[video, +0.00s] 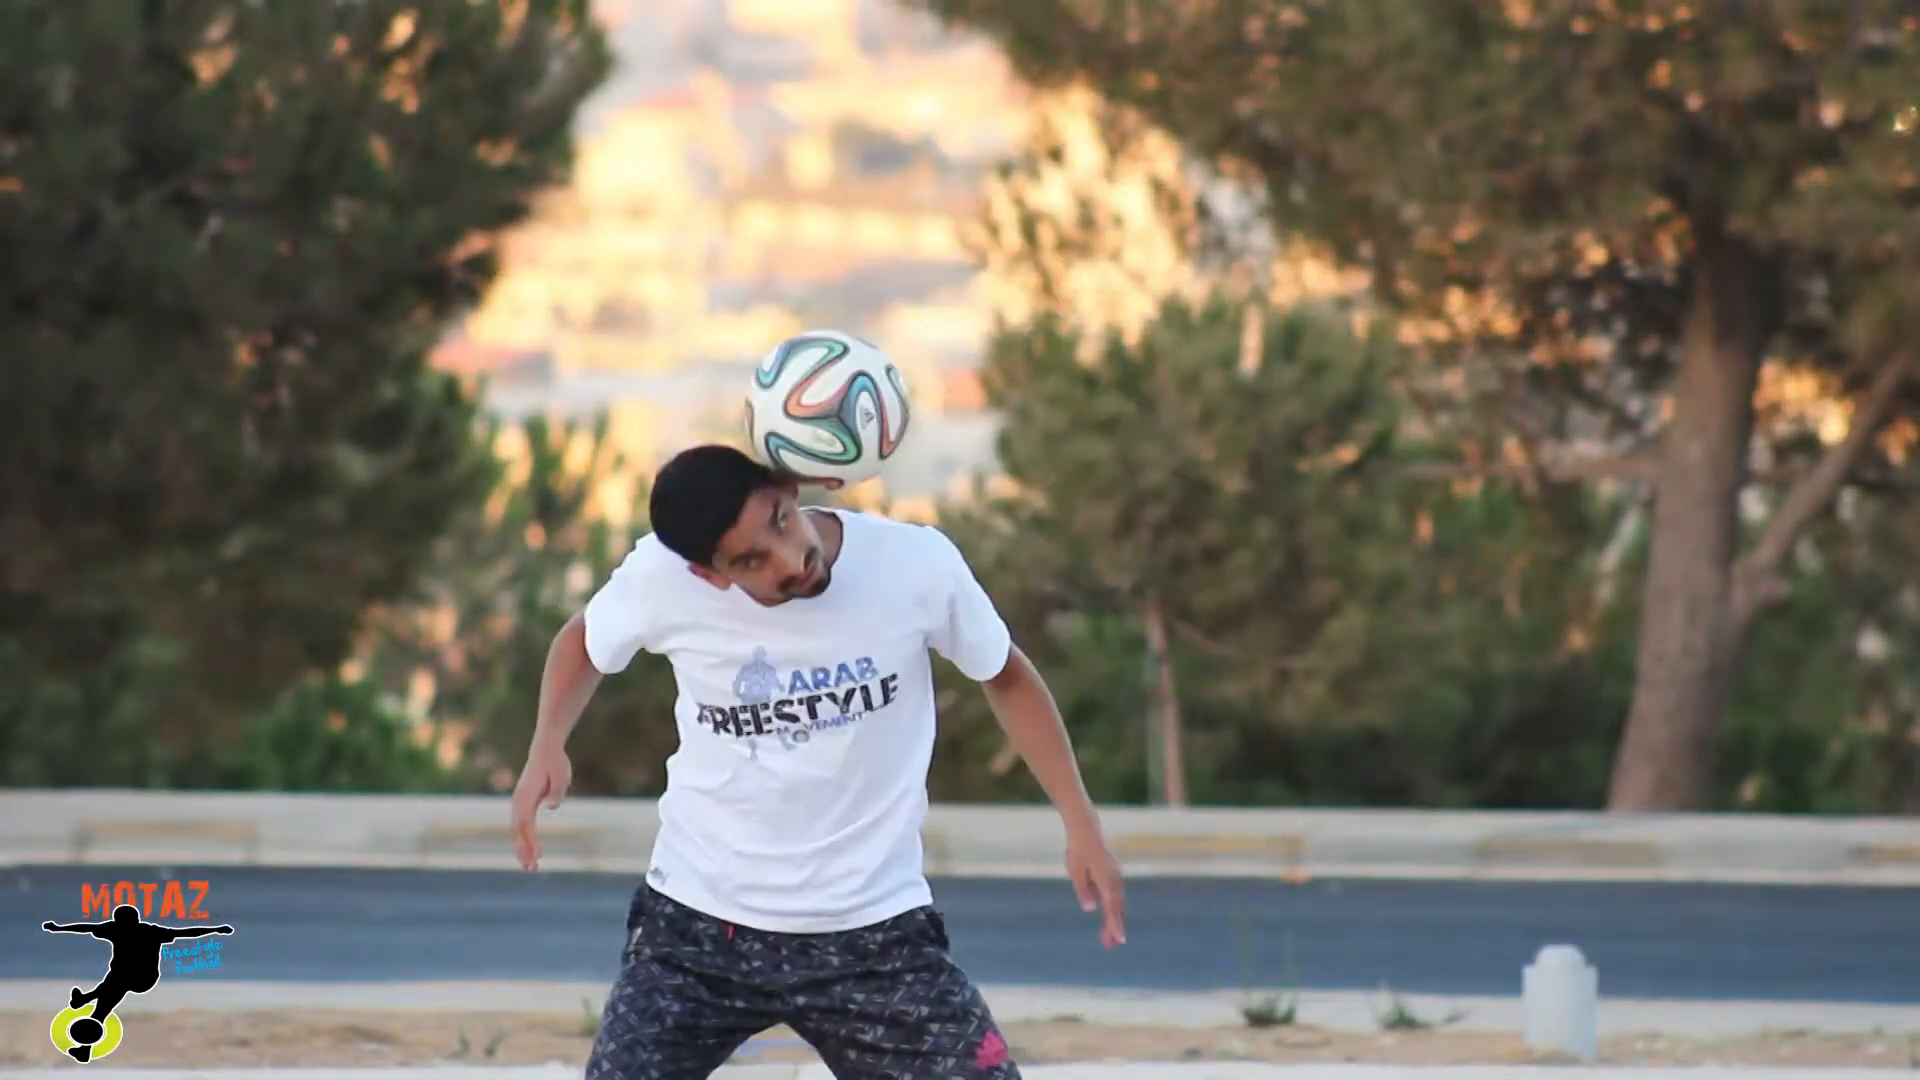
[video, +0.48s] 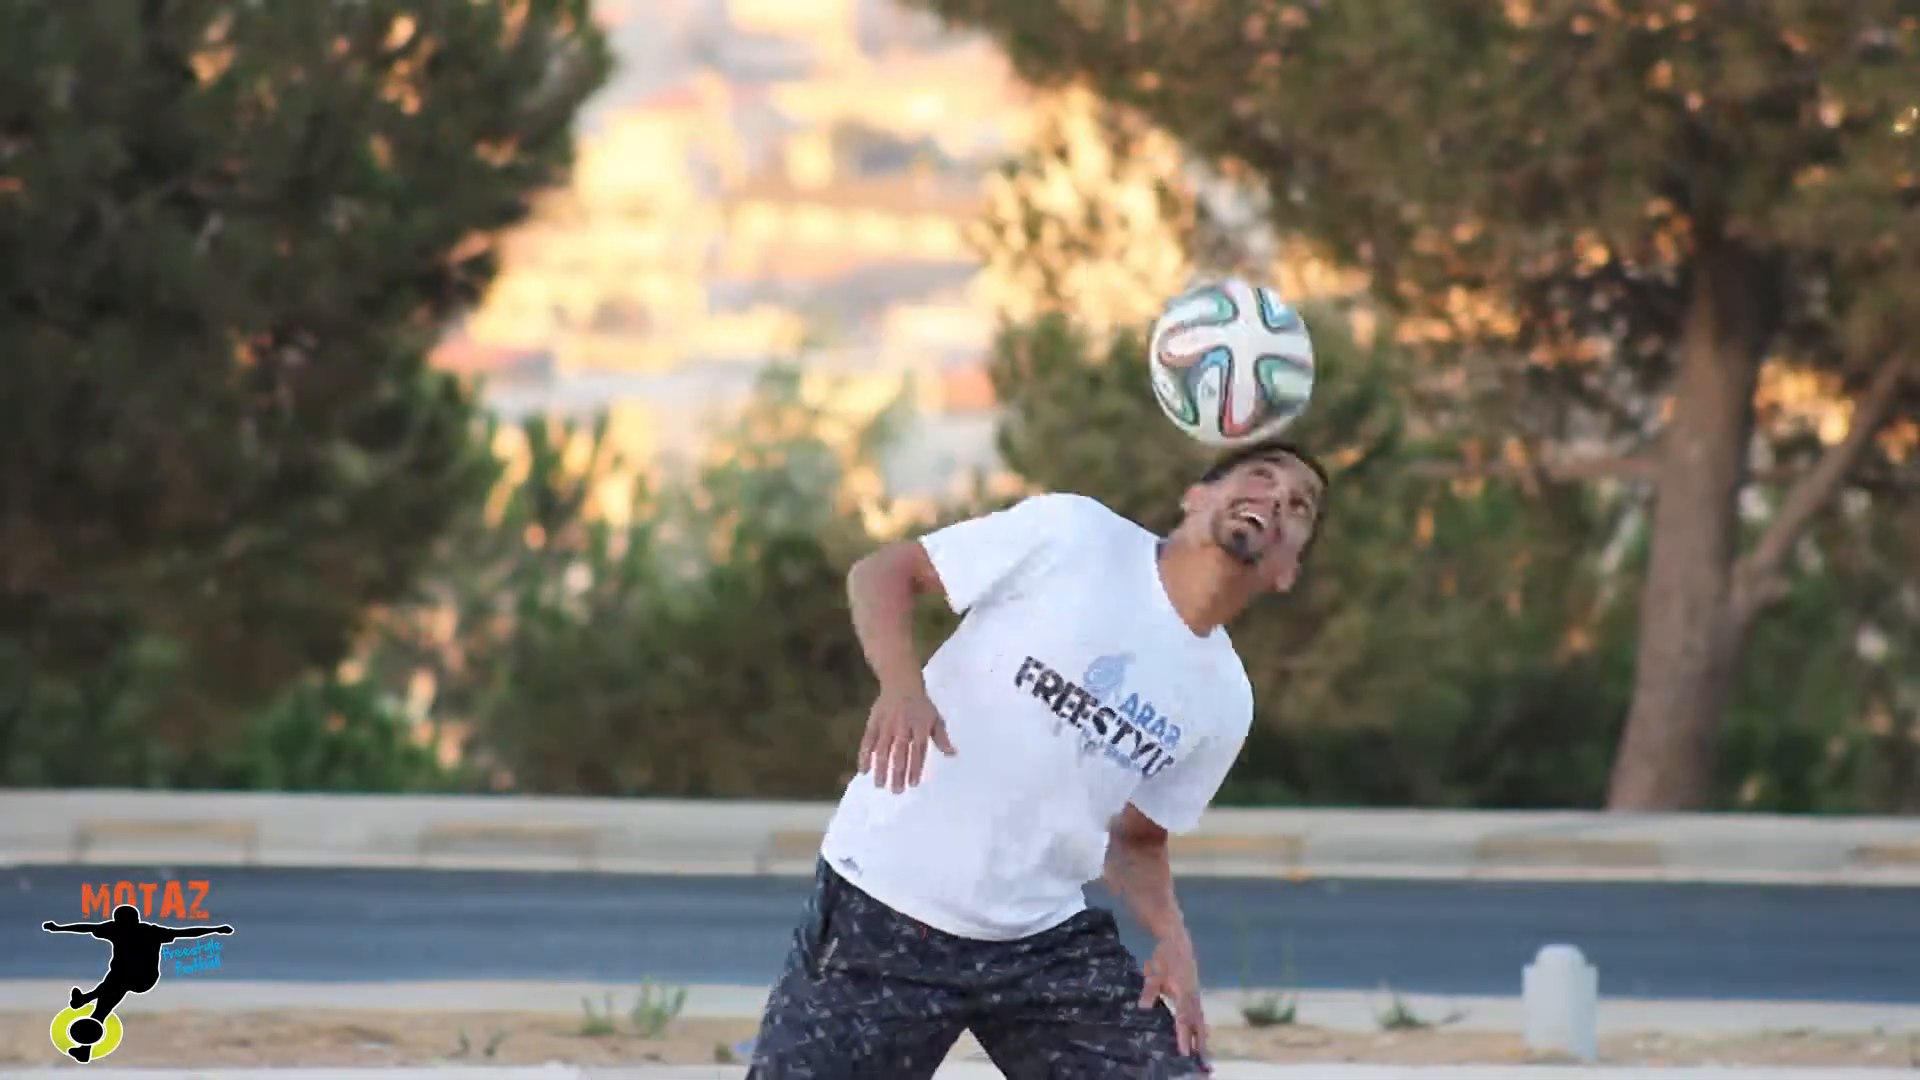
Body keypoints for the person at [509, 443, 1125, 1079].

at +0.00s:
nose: (793, 556)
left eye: (782, 519)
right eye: (755, 560)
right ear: (711, 575)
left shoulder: (922, 568)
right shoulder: (660, 587)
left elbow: (1007, 678)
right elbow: (581, 646)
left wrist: (1081, 821)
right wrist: (548, 744)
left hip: (875, 951)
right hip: (692, 946)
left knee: (987, 1069)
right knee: (617, 1070)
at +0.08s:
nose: (808, 441)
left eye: (804, 415)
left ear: (824, 417)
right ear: (721, 478)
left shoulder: (931, 549)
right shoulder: (674, 567)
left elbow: (1007, 668)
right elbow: (609, 670)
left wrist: (1082, 776)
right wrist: (579, 752)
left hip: (896, 943)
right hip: (710, 941)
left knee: (1016, 1074)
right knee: (634, 1072)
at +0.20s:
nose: (899, 383)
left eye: (905, 374)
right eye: (863, 373)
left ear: (922, 420)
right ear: (809, 429)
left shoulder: (989, 572)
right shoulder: (744, 549)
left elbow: (1015, 732)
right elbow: (641, 700)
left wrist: (1083, 780)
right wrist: (683, 757)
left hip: (938, 950)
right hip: (756, 952)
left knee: (1056, 1071)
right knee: (670, 1068)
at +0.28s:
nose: (976, 400)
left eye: (981, 391)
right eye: (940, 388)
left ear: (994, 446)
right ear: (884, 444)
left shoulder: (1042, 616)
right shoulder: (810, 550)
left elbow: (1032, 781)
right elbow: (674, 684)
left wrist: (1093, 831)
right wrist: (745, 736)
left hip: (960, 968)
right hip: (779, 967)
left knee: (1091, 1072)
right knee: (688, 1070)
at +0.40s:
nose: (1161, 438)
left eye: (1177, 437)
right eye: (1134, 425)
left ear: (1185, 493)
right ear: (1074, 465)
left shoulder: (1167, 669)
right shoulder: (980, 533)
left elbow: (1104, 826)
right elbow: (801, 616)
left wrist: (1142, 906)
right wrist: (855, 690)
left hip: (1020, 954)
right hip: (854, 937)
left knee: (1151, 1070)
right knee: (768, 1067)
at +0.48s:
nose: (1271, 499)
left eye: (1297, 508)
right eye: (1256, 478)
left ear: (1287, 575)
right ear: (1196, 497)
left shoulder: (1224, 703)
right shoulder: (1068, 533)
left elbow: (1137, 837)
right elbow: (878, 575)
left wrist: (1171, 933)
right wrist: (900, 681)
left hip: (1043, 945)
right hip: (884, 921)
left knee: (1166, 1070)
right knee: (795, 1072)